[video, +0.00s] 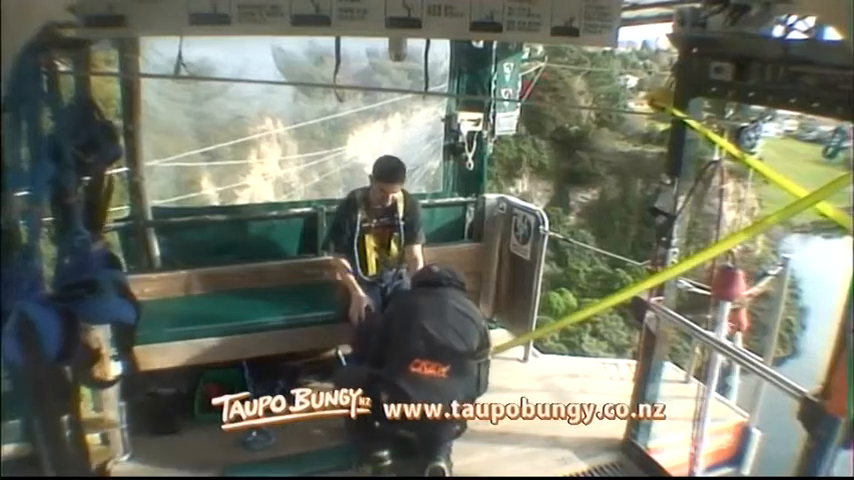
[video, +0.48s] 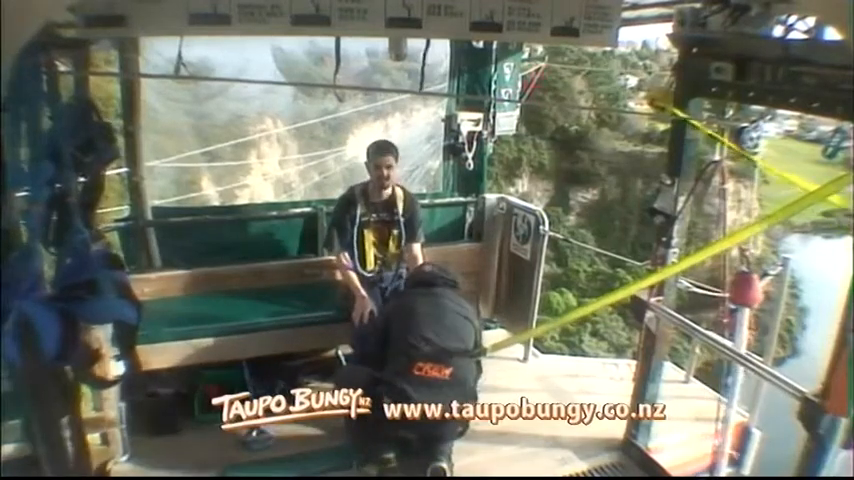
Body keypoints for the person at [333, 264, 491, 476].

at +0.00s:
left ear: (417, 284)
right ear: (459, 286)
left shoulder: (401, 301)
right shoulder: (475, 315)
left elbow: (371, 353)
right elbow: (481, 384)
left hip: (399, 401)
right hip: (453, 403)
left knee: (347, 378)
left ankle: (376, 447)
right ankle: (441, 455)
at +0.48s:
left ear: (411, 283)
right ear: (451, 283)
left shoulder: (397, 303)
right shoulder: (468, 309)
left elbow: (370, 354)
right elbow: (476, 368)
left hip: (400, 409)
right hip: (455, 410)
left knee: (348, 377)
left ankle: (379, 451)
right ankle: (441, 457)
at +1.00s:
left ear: (412, 278)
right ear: (449, 280)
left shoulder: (394, 300)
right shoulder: (463, 305)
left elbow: (374, 352)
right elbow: (479, 349)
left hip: (394, 406)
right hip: (448, 408)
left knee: (347, 377)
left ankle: (378, 452)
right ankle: (440, 457)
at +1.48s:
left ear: (413, 280)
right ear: (447, 284)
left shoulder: (390, 304)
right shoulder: (461, 310)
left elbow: (368, 358)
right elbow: (480, 376)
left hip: (390, 412)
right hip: (443, 413)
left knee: (349, 376)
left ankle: (375, 453)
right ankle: (439, 458)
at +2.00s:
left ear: (395, 288)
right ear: (434, 285)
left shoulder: (388, 305)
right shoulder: (449, 305)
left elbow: (365, 360)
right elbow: (465, 352)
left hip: (400, 416)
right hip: (453, 416)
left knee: (346, 379)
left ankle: (378, 456)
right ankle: (441, 457)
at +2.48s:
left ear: (396, 285)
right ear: (436, 285)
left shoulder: (388, 307)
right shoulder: (458, 316)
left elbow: (364, 363)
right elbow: (468, 376)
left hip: (398, 417)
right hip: (453, 420)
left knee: (342, 380)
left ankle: (376, 454)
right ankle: (440, 456)